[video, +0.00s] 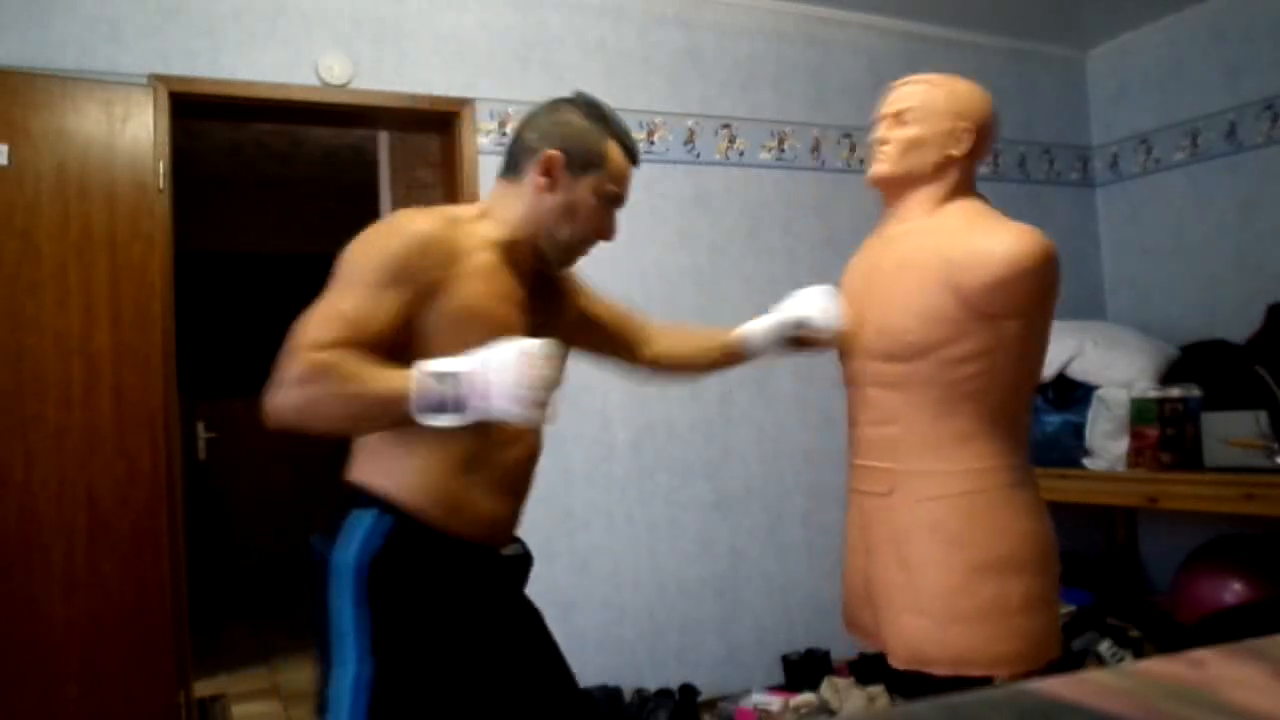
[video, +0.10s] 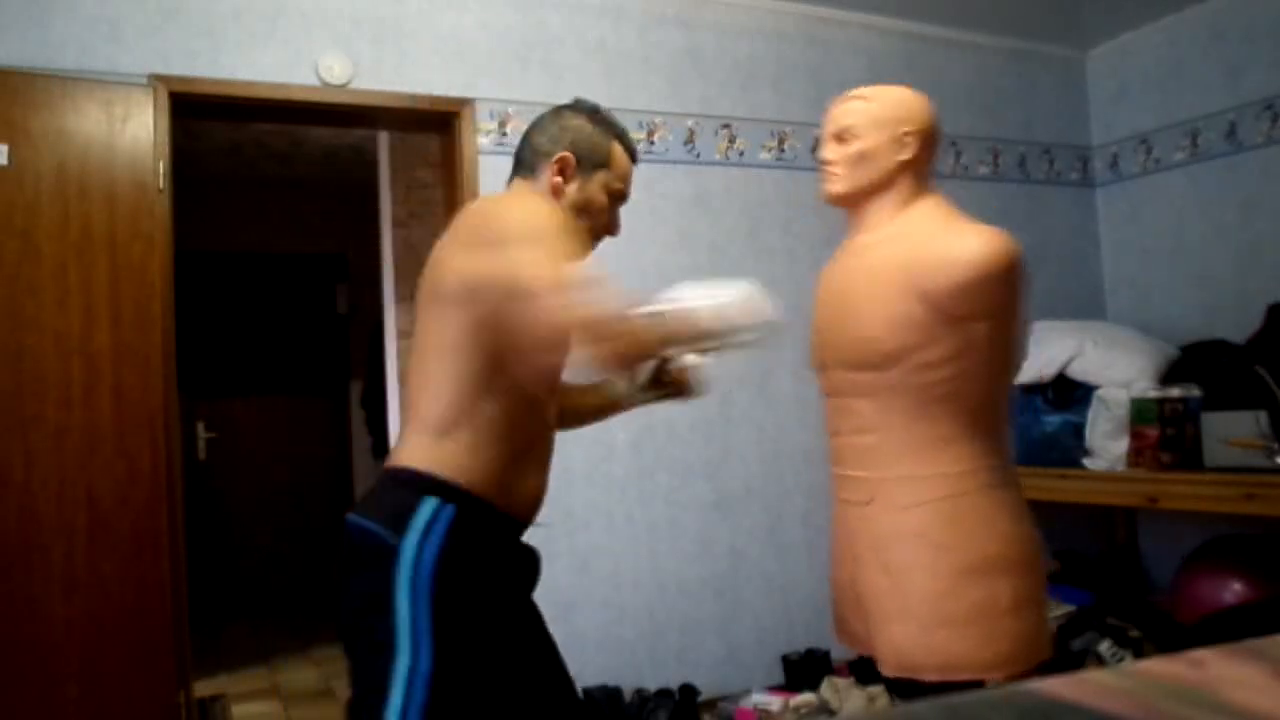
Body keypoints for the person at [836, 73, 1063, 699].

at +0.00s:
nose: (878, 133)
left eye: (900, 120)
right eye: (879, 122)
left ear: (959, 141)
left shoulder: (1007, 254)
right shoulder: (869, 256)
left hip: (966, 538)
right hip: (882, 531)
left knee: (985, 717)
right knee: (908, 711)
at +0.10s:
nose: (823, 153)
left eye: (843, 139)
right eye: (822, 140)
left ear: (904, 148)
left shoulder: (966, 257)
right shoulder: (843, 265)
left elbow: (979, 413)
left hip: (947, 545)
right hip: (868, 542)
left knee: (969, 705)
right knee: (889, 700)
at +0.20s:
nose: (815, 185)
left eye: (825, 164)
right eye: (815, 166)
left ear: (882, 160)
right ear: (883, 162)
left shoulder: (946, 249)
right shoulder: (854, 266)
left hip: (943, 521)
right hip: (879, 521)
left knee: (958, 695)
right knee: (901, 690)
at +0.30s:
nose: (834, 157)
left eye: (848, 140)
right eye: (836, 141)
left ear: (903, 147)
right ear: (901, 149)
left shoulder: (943, 242)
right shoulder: (888, 236)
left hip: (939, 526)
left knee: (949, 701)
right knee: (909, 693)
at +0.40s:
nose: (786, 163)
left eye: (801, 145)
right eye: (787, 147)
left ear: (858, 152)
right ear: (852, 154)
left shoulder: (916, 250)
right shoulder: (843, 247)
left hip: (923, 533)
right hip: (867, 528)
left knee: (948, 695)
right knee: (897, 690)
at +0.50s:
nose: (804, 157)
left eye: (823, 141)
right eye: (806, 142)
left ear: (882, 151)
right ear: (876, 153)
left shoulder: (943, 258)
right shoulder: (837, 260)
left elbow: (963, 430)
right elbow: (844, 442)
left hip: (934, 545)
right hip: (862, 543)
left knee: (961, 703)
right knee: (894, 699)